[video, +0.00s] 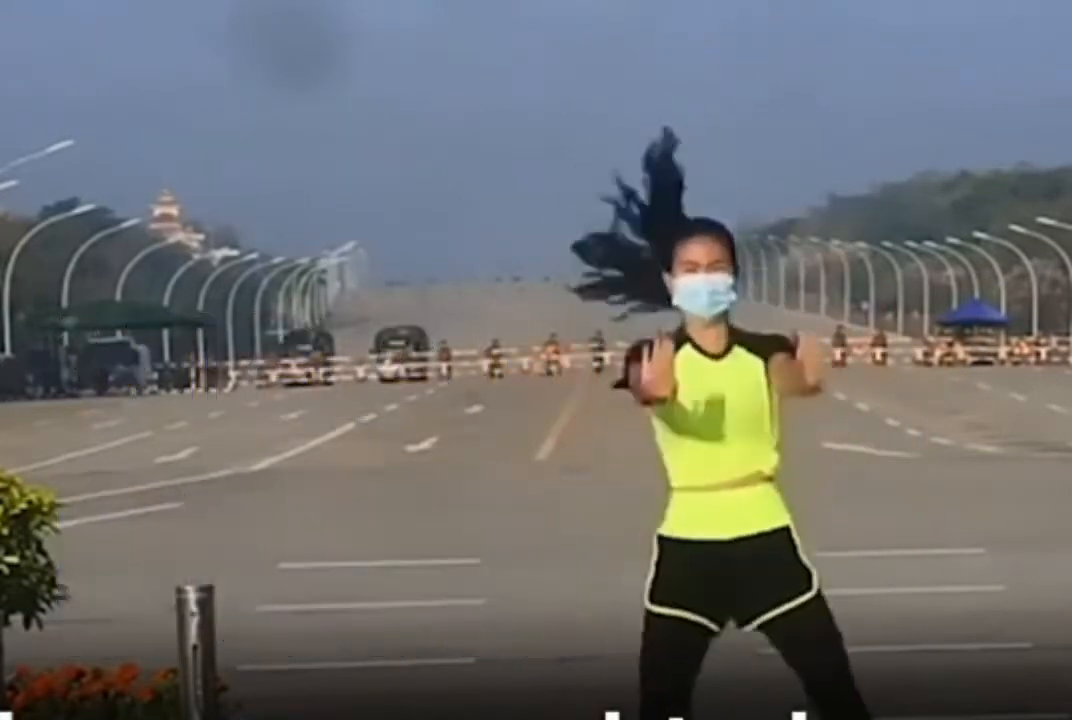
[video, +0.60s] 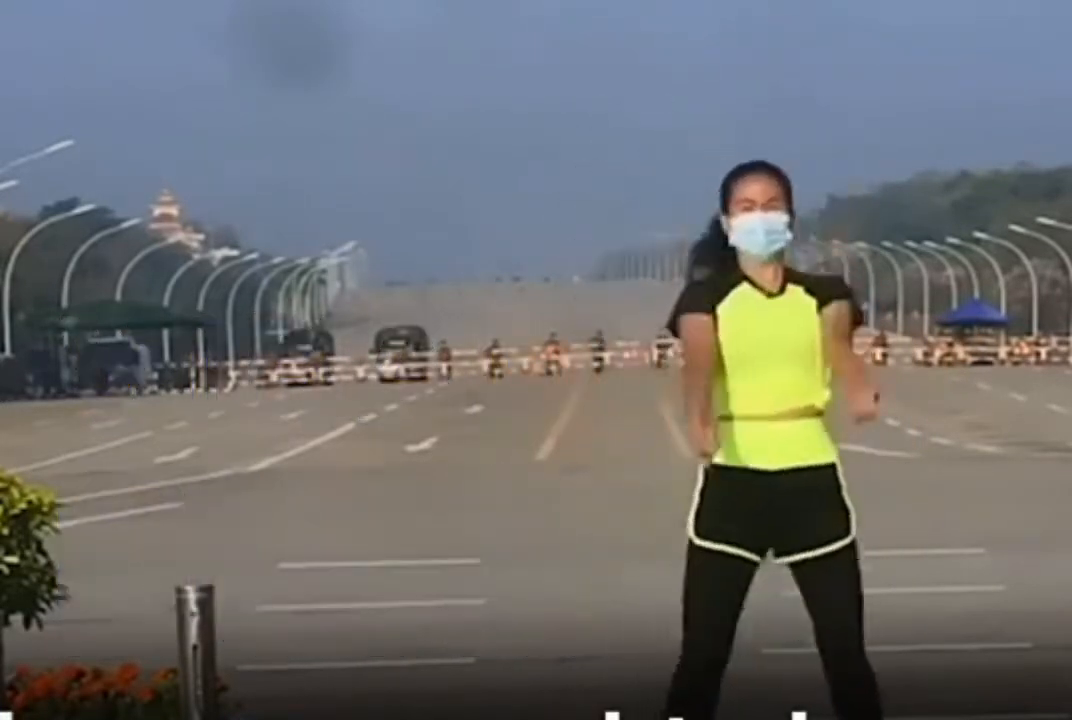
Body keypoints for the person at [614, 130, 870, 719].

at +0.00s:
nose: (706, 279)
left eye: (717, 267)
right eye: (691, 269)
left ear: (735, 278)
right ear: (670, 282)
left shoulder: (768, 352)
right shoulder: (655, 356)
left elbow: (800, 382)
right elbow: (651, 385)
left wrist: (810, 372)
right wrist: (656, 381)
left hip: (766, 541)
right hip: (687, 548)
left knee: (833, 685)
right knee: (661, 697)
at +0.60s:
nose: (760, 218)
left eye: (772, 207)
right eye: (746, 208)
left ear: (790, 218)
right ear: (726, 220)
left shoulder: (827, 296)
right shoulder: (705, 296)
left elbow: (843, 350)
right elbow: (698, 364)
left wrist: (860, 392)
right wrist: (700, 418)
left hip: (813, 488)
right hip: (732, 490)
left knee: (845, 654)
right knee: (703, 656)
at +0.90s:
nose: (796, 271)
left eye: (808, 259)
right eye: (782, 260)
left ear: (825, 270)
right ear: (761, 272)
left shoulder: (861, 345)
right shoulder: (736, 347)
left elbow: (952, 358)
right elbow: (655, 378)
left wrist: (860, 349)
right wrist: (743, 348)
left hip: (844, 538)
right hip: (762, 540)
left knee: (880, 699)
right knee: (751, 702)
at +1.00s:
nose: (796, 227)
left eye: (808, 216)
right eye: (781, 217)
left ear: (825, 227)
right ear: (761, 232)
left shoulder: (862, 304)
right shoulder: (738, 307)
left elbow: (943, 350)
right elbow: (671, 368)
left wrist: (873, 379)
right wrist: (749, 400)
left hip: (847, 497)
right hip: (767, 499)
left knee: (868, 663)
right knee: (761, 666)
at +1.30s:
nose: (802, 273)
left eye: (814, 261)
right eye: (788, 262)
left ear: (832, 270)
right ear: (768, 276)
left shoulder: (864, 345)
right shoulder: (743, 348)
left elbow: (955, 363)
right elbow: (658, 380)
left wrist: (867, 367)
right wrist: (744, 357)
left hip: (856, 539)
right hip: (776, 541)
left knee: (874, 699)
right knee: (764, 702)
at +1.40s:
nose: (801, 259)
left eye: (814, 247)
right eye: (787, 248)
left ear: (832, 257)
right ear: (769, 261)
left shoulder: (867, 334)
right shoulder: (751, 337)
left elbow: (956, 342)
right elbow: (653, 356)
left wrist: (868, 312)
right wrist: (733, 308)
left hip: (854, 522)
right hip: (773, 523)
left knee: (865, 695)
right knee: (759, 694)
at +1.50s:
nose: (798, 217)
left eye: (810, 205)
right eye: (783, 206)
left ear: (828, 213)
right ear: (763, 217)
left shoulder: (867, 286)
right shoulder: (747, 291)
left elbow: (962, 283)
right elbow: (642, 305)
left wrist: (879, 254)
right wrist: (717, 263)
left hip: (847, 480)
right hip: (766, 478)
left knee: (851, 661)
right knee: (742, 660)